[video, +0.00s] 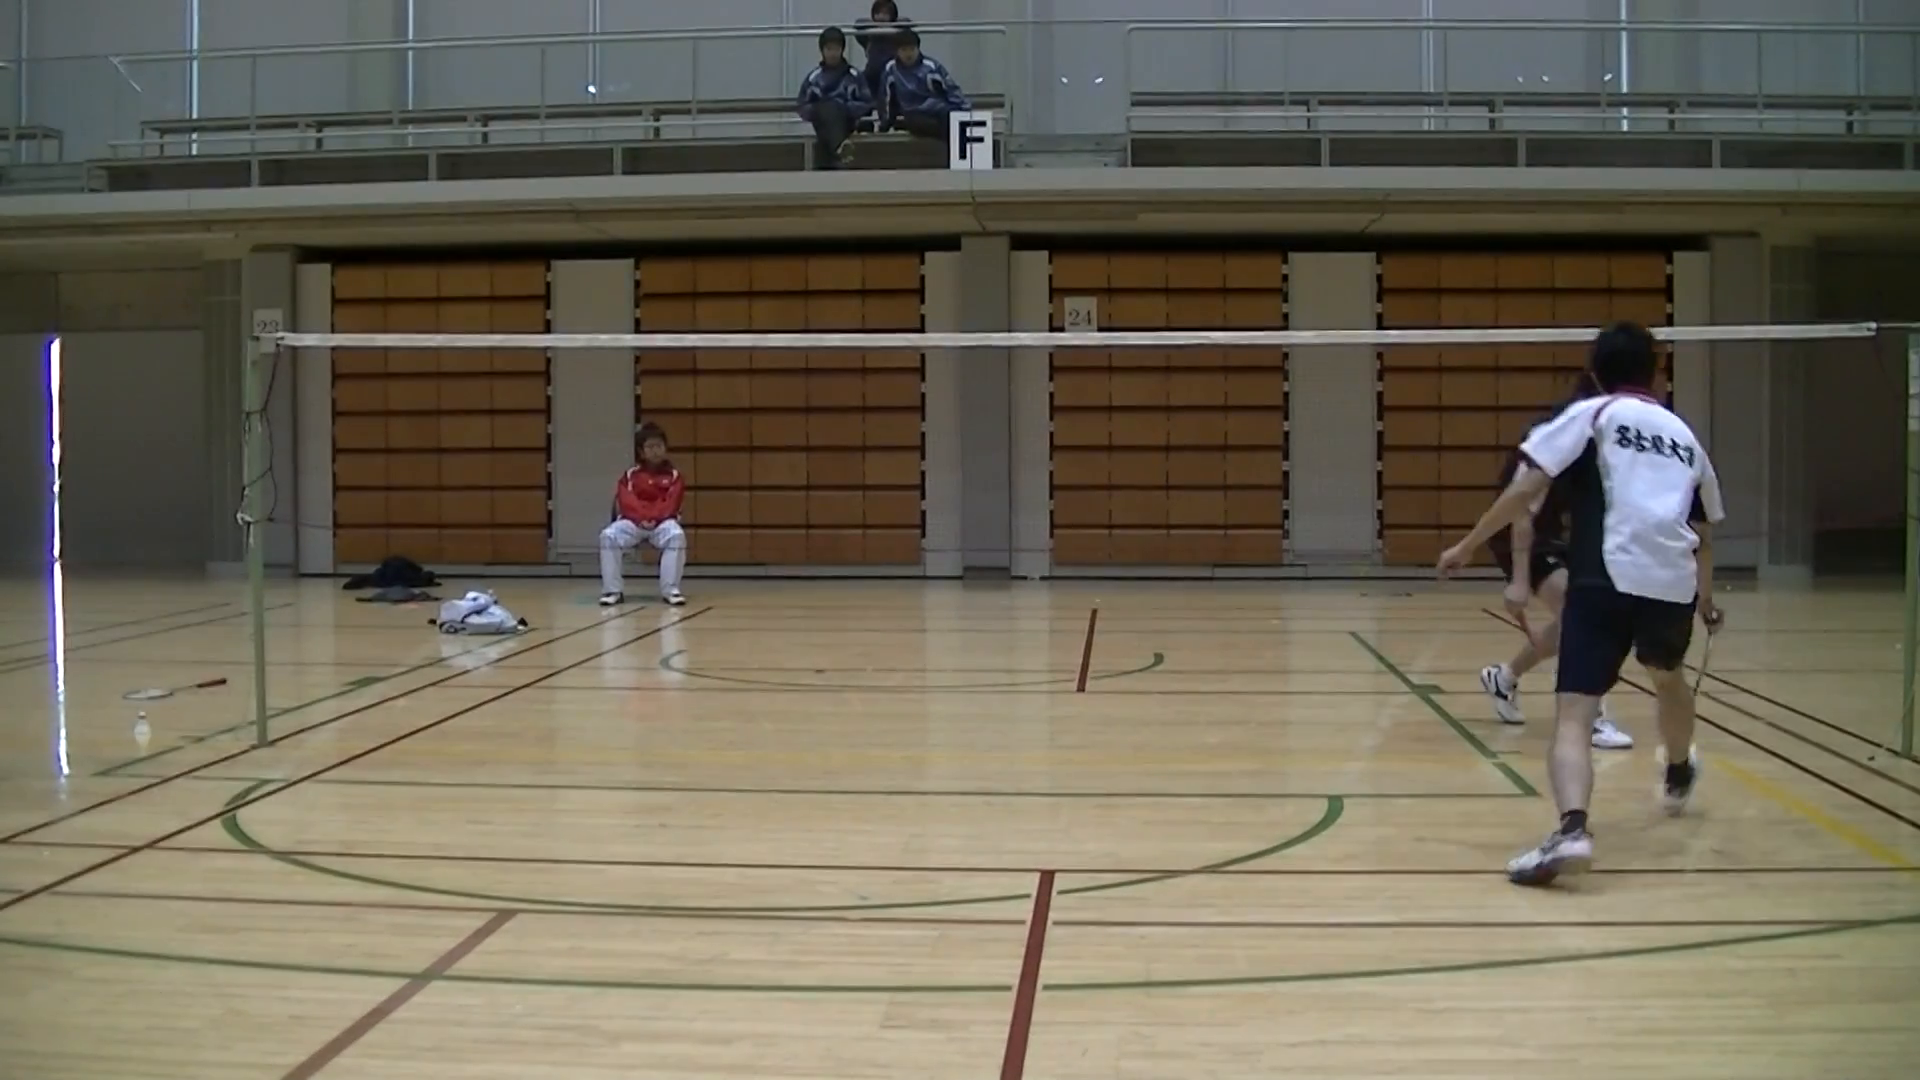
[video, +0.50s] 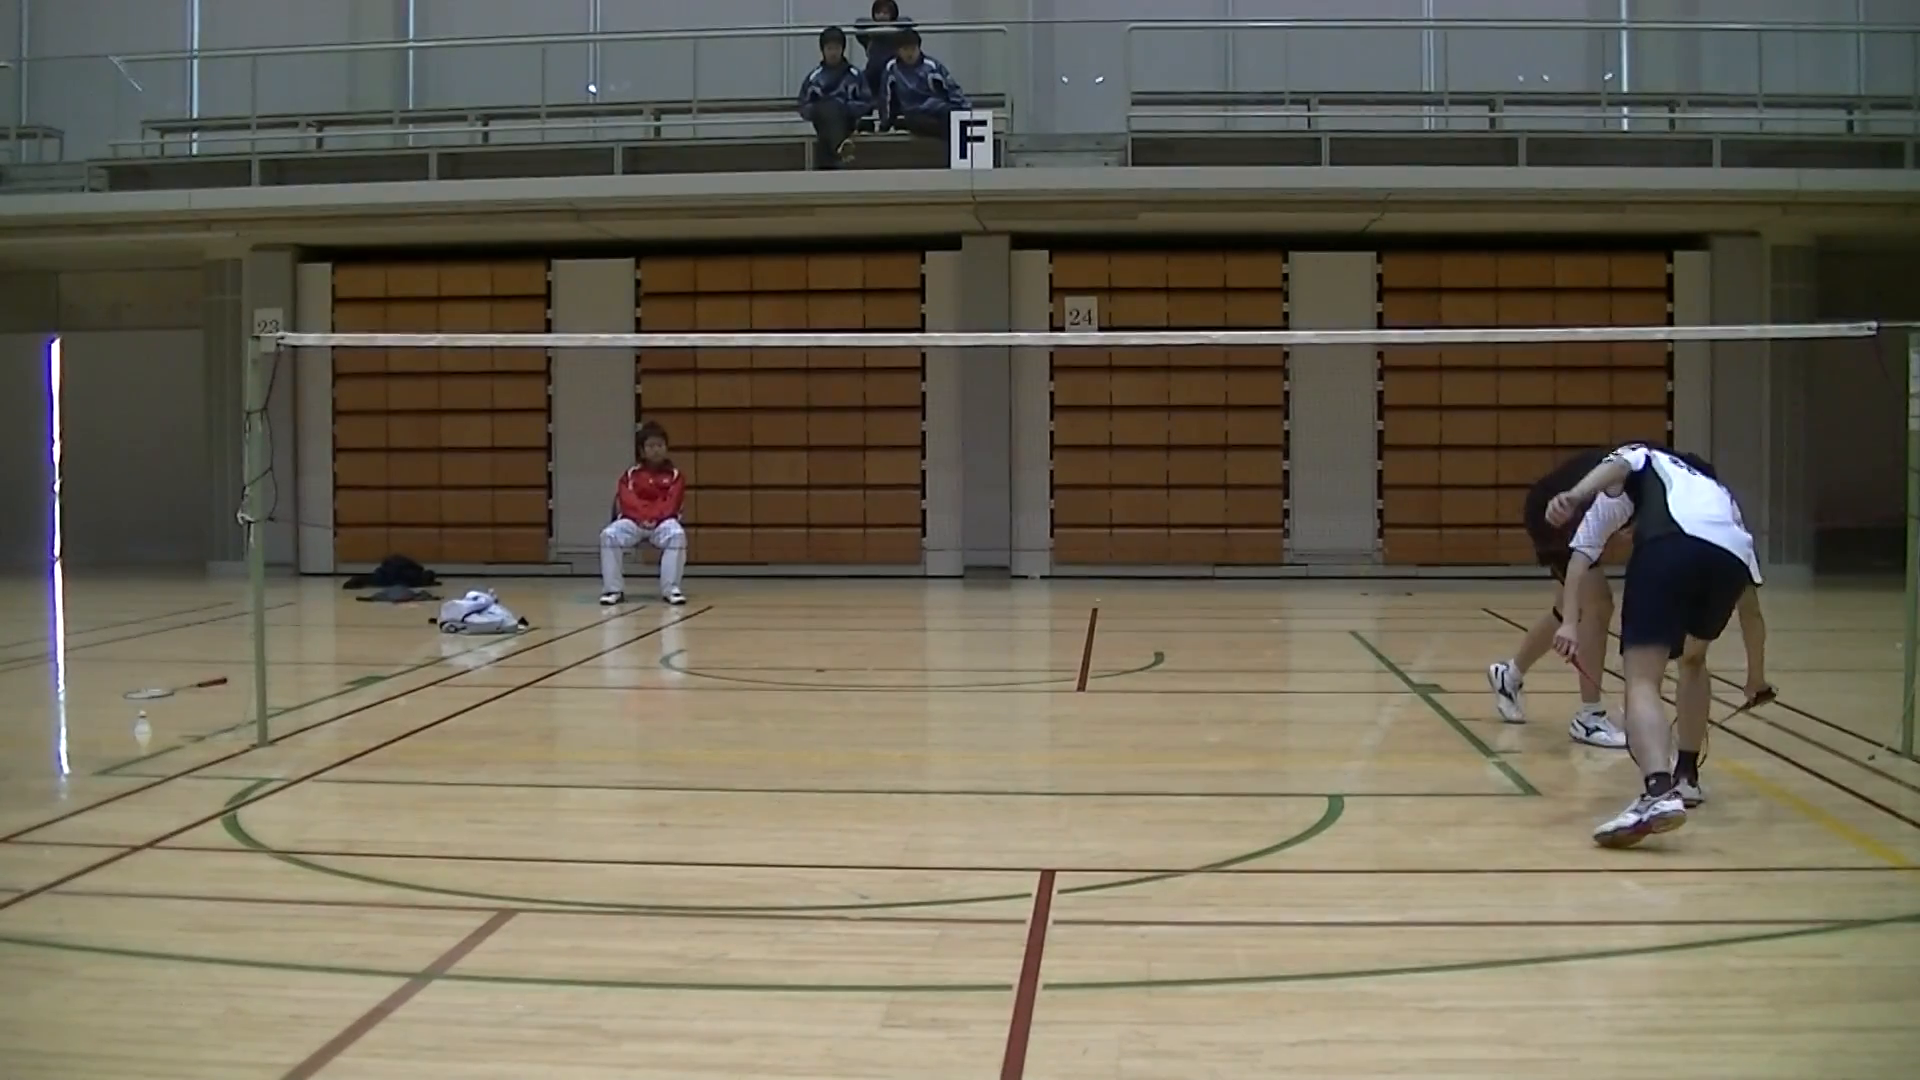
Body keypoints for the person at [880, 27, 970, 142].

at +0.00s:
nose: (908, 54)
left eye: (912, 49)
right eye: (904, 50)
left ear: (918, 50)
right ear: (897, 52)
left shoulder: (932, 66)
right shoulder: (891, 70)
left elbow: (951, 89)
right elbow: (886, 99)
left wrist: (964, 108)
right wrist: (885, 123)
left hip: (941, 110)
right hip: (913, 114)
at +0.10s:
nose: (909, 54)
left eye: (913, 49)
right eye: (904, 50)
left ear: (919, 49)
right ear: (898, 52)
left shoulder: (932, 66)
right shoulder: (891, 69)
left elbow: (951, 89)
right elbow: (887, 98)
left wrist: (964, 108)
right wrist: (886, 123)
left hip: (940, 110)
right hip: (912, 114)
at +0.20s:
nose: (909, 54)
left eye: (913, 49)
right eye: (905, 49)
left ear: (919, 49)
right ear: (898, 51)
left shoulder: (932, 66)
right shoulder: (892, 69)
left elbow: (951, 88)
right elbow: (887, 98)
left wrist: (964, 108)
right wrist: (886, 123)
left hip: (940, 110)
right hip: (912, 114)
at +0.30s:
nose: (909, 54)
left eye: (913, 49)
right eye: (905, 49)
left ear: (919, 49)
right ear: (898, 51)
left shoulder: (932, 66)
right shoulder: (892, 69)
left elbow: (951, 88)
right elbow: (887, 98)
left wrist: (963, 108)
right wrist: (886, 122)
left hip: (940, 110)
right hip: (912, 113)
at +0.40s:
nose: (909, 54)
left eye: (913, 49)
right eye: (905, 49)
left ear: (919, 48)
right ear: (898, 51)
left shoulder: (932, 66)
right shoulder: (892, 69)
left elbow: (951, 88)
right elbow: (887, 97)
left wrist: (964, 108)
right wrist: (886, 123)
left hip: (941, 110)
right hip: (913, 114)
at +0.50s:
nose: (910, 54)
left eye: (913, 49)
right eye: (905, 49)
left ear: (919, 48)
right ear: (898, 51)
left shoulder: (933, 66)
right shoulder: (892, 69)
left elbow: (951, 88)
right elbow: (887, 98)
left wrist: (964, 108)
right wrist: (885, 124)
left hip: (940, 110)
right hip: (914, 115)